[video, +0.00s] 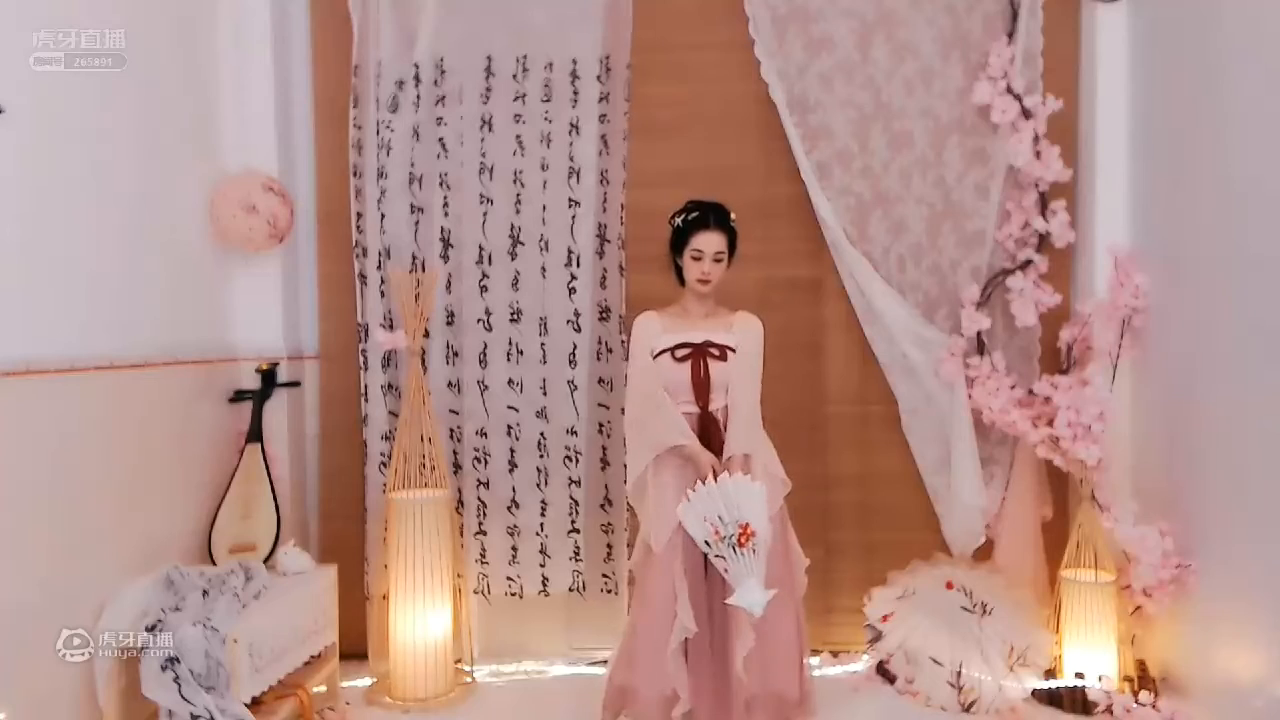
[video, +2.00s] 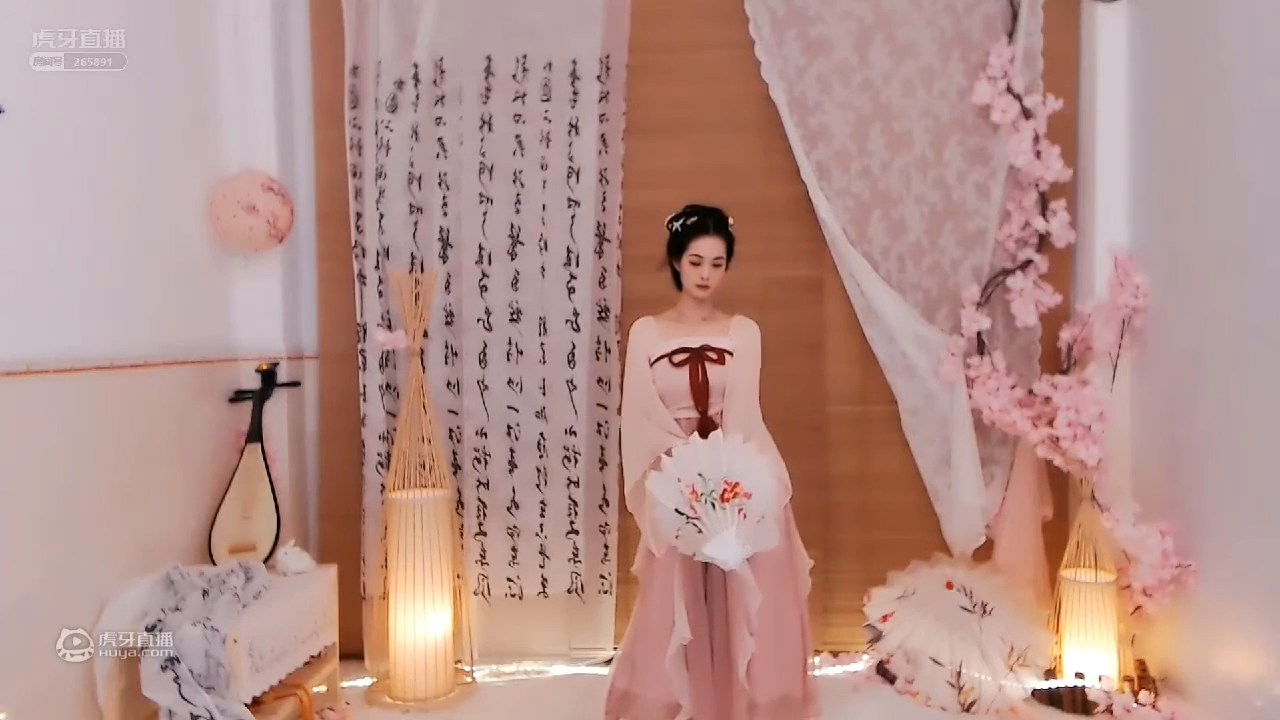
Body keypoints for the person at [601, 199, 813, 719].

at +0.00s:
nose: (707, 269)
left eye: (717, 259)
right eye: (697, 257)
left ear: (730, 263)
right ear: (678, 259)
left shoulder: (747, 327)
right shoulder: (650, 326)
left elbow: (748, 408)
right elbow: (648, 407)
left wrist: (743, 468)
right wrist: (695, 454)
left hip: (739, 464)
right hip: (674, 465)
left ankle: (745, 699)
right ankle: (674, 699)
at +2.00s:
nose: (707, 274)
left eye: (717, 263)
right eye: (697, 262)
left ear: (728, 268)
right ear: (676, 263)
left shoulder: (744, 331)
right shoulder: (647, 331)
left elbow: (746, 416)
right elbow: (642, 418)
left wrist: (750, 483)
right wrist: (683, 476)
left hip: (735, 475)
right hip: (670, 479)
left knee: (743, 598)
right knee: (678, 595)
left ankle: (745, 706)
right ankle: (680, 708)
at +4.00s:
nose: (711, 270)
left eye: (720, 259)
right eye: (699, 260)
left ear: (734, 263)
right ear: (683, 267)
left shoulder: (753, 336)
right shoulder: (657, 327)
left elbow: (764, 424)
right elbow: (635, 412)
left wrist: (764, 490)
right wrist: (643, 486)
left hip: (737, 488)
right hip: (672, 486)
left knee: (737, 608)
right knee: (672, 606)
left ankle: (736, 711)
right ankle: (674, 710)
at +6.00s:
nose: (717, 270)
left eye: (727, 257)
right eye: (706, 260)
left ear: (743, 262)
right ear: (692, 266)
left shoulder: (760, 335)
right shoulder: (669, 323)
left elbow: (779, 424)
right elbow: (649, 410)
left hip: (744, 489)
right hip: (680, 486)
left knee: (743, 607)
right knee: (678, 606)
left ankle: (741, 710)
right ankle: (678, 711)